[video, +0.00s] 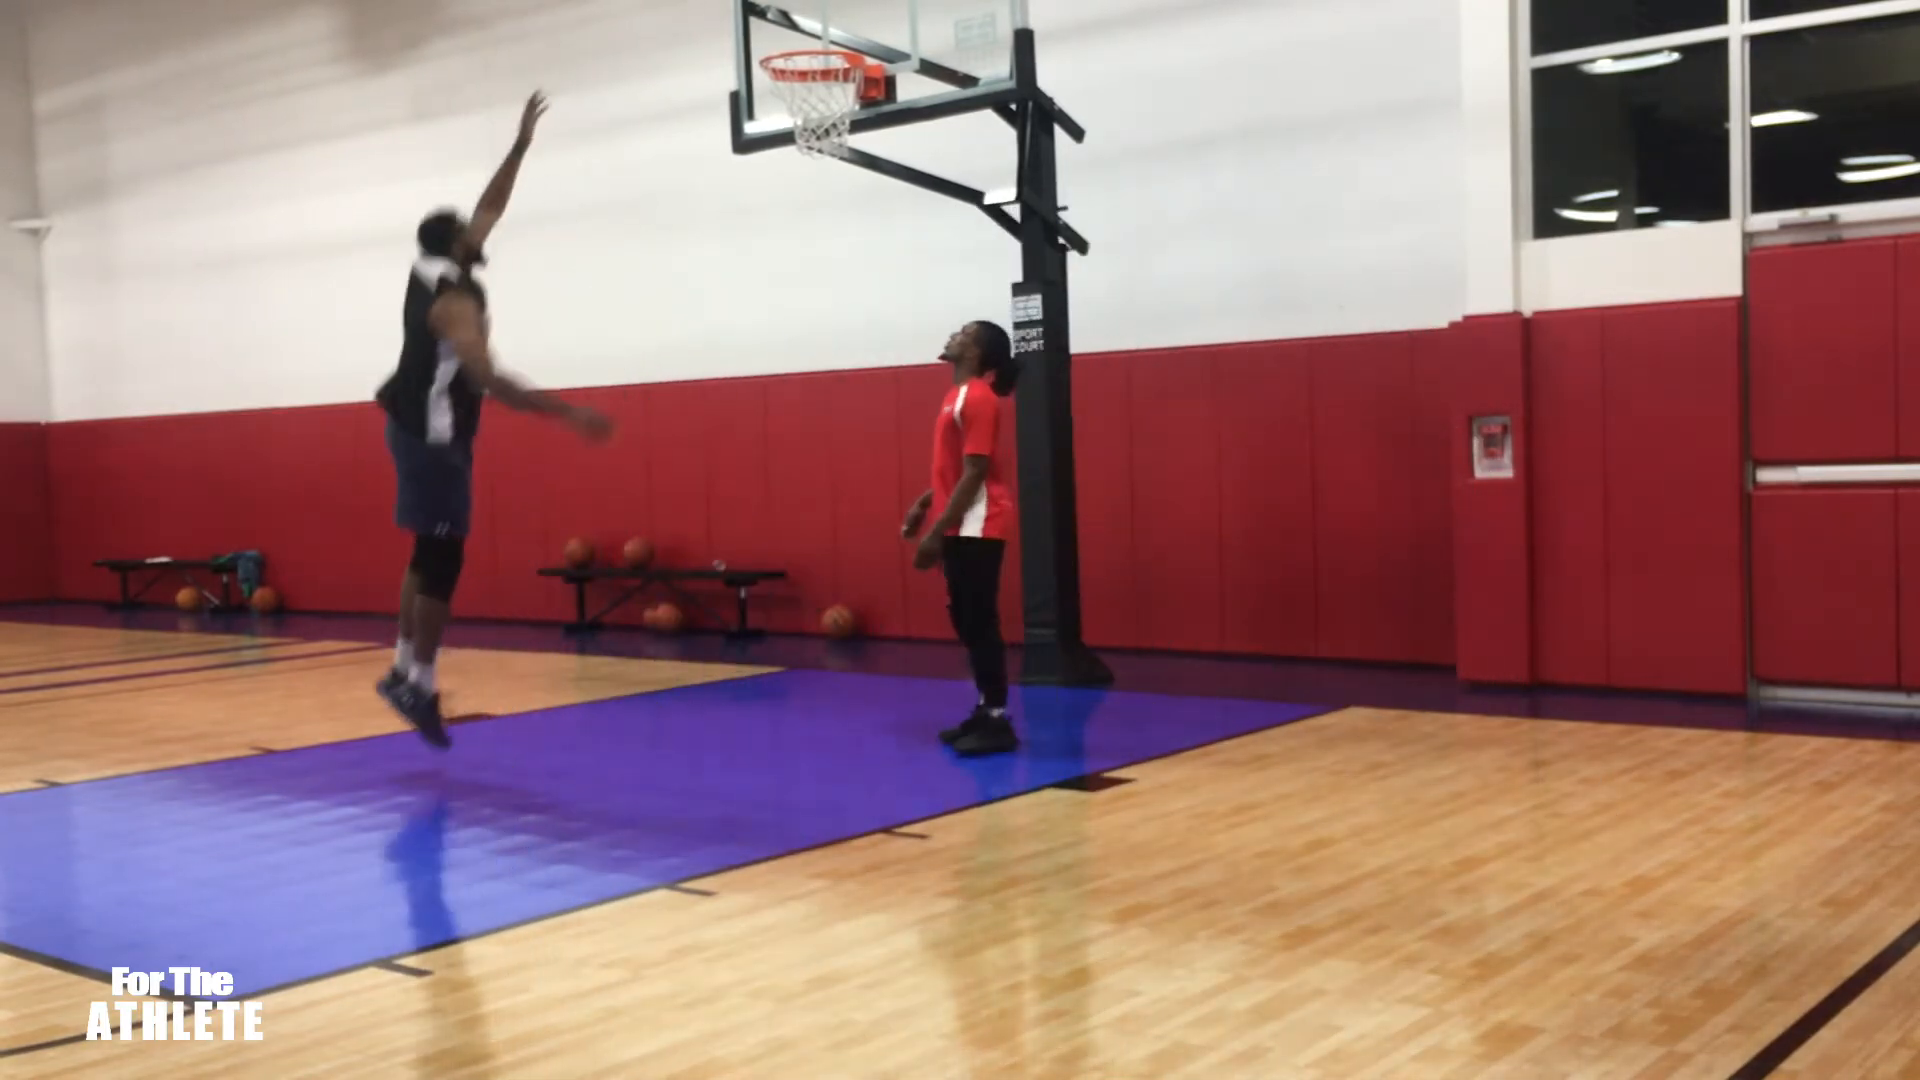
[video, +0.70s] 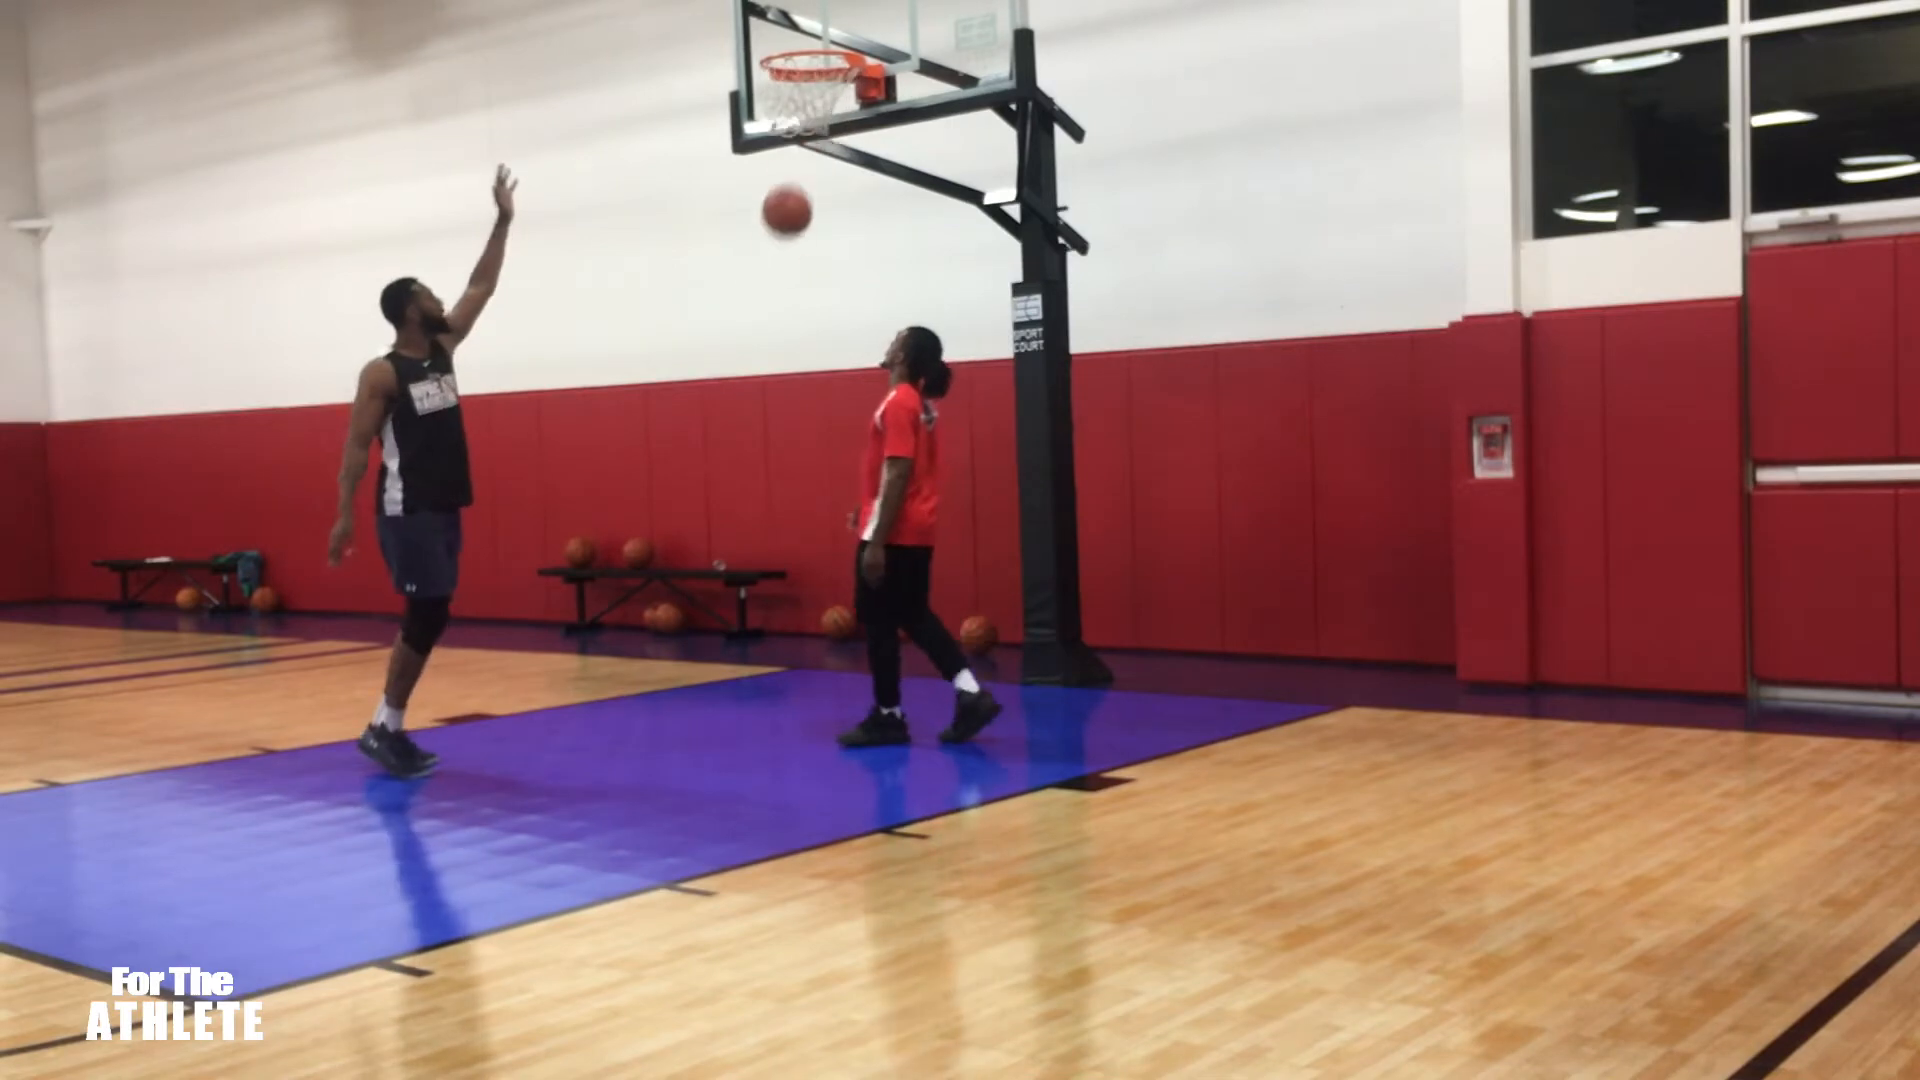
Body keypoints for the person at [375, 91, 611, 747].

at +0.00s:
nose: (477, 234)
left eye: (472, 230)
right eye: (470, 233)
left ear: (439, 243)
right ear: (456, 246)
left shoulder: (434, 265)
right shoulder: (456, 299)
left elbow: (490, 207)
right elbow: (484, 375)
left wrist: (521, 145)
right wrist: (567, 412)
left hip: (415, 422)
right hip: (438, 433)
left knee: (431, 548)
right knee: (445, 554)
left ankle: (405, 669)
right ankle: (419, 682)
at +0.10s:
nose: (461, 305)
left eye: (458, 300)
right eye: (453, 301)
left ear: (435, 312)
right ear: (436, 313)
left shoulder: (446, 333)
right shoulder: (429, 360)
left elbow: (476, 268)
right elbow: (433, 432)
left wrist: (495, 204)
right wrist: (491, 469)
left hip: (433, 496)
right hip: (416, 500)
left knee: (431, 617)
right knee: (430, 618)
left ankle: (391, 724)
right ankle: (385, 728)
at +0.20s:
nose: (457, 336)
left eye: (451, 330)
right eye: (447, 334)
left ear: (433, 350)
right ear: (431, 351)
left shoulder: (448, 382)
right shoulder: (415, 410)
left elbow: (474, 313)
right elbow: (389, 471)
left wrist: (492, 247)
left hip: (434, 542)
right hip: (416, 545)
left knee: (444, 634)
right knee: (466, 634)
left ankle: (385, 733)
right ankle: (392, 730)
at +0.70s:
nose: (440, 301)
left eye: (435, 296)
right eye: (430, 297)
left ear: (421, 311)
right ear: (410, 312)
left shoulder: (443, 347)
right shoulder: (382, 375)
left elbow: (482, 285)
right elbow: (357, 447)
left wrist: (504, 218)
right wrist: (344, 519)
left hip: (444, 508)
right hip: (408, 511)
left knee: (430, 617)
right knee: (427, 616)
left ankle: (388, 725)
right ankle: (386, 726)